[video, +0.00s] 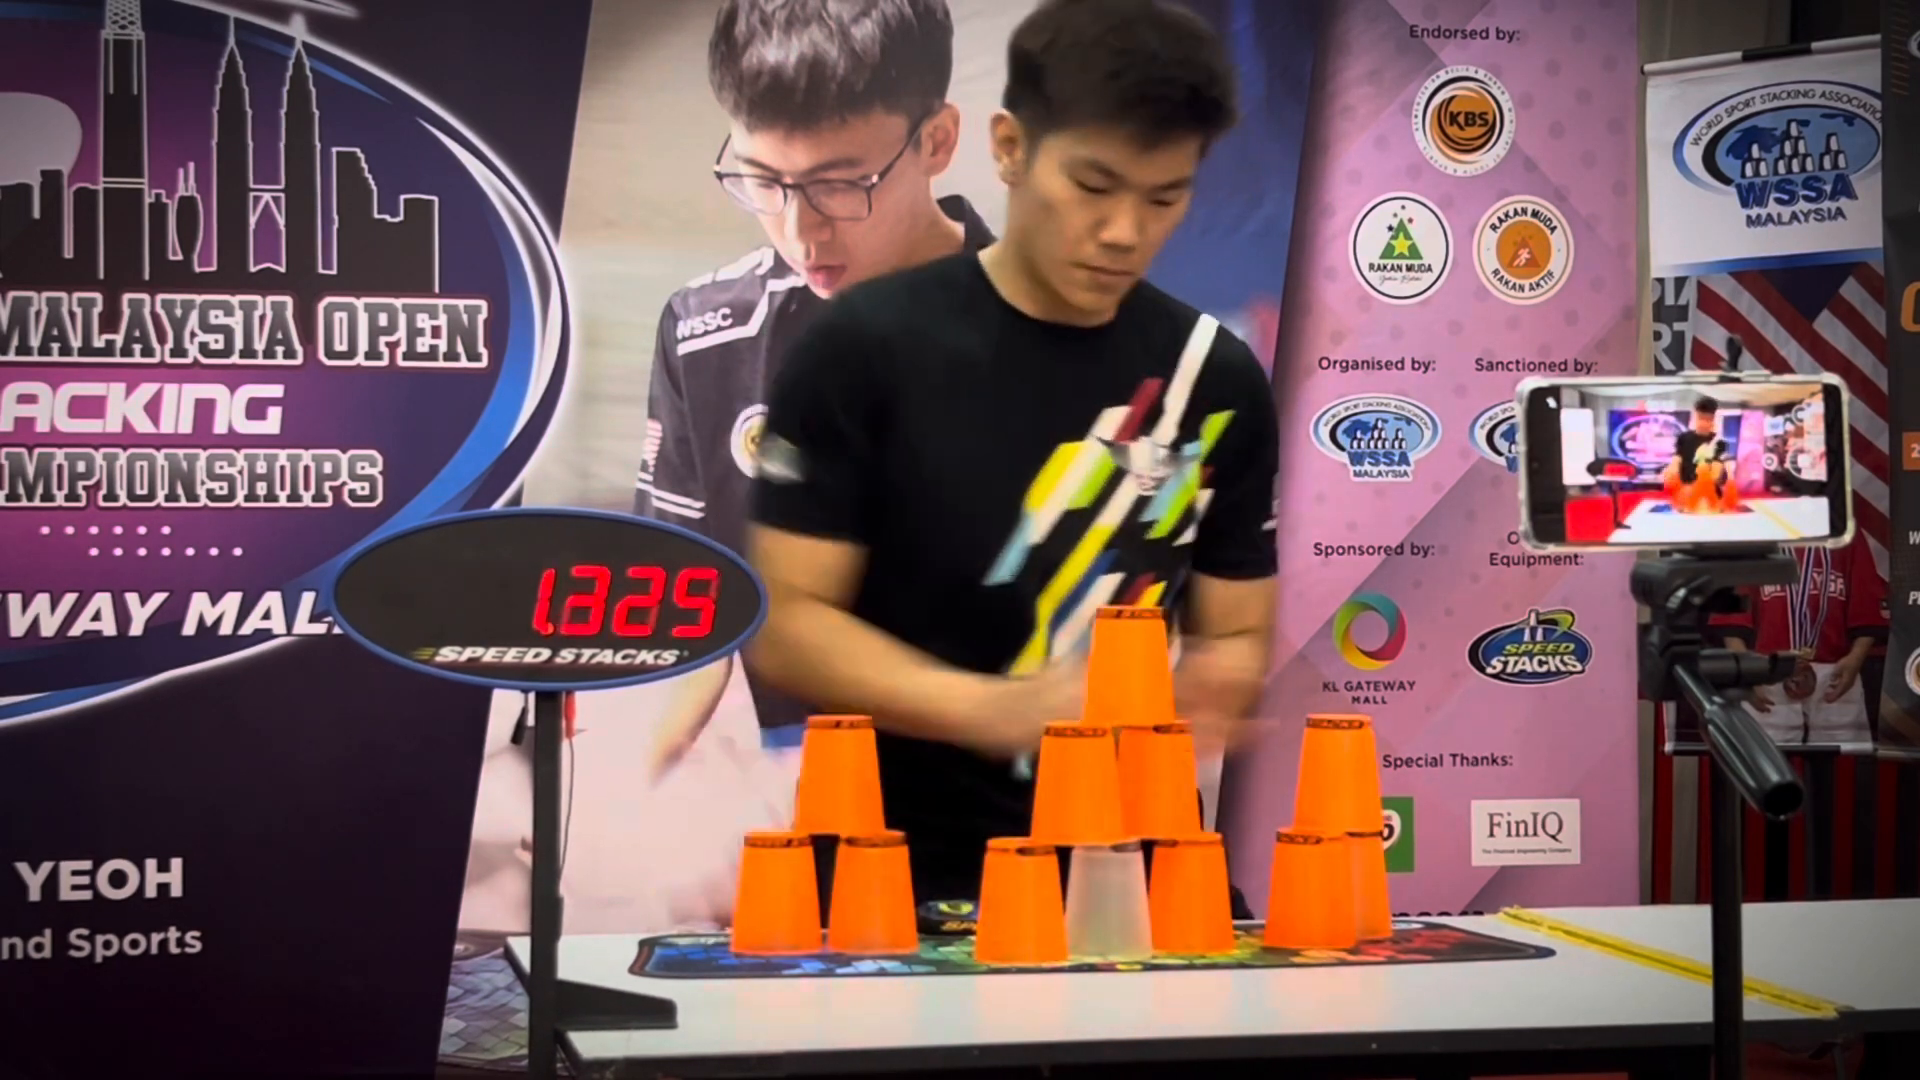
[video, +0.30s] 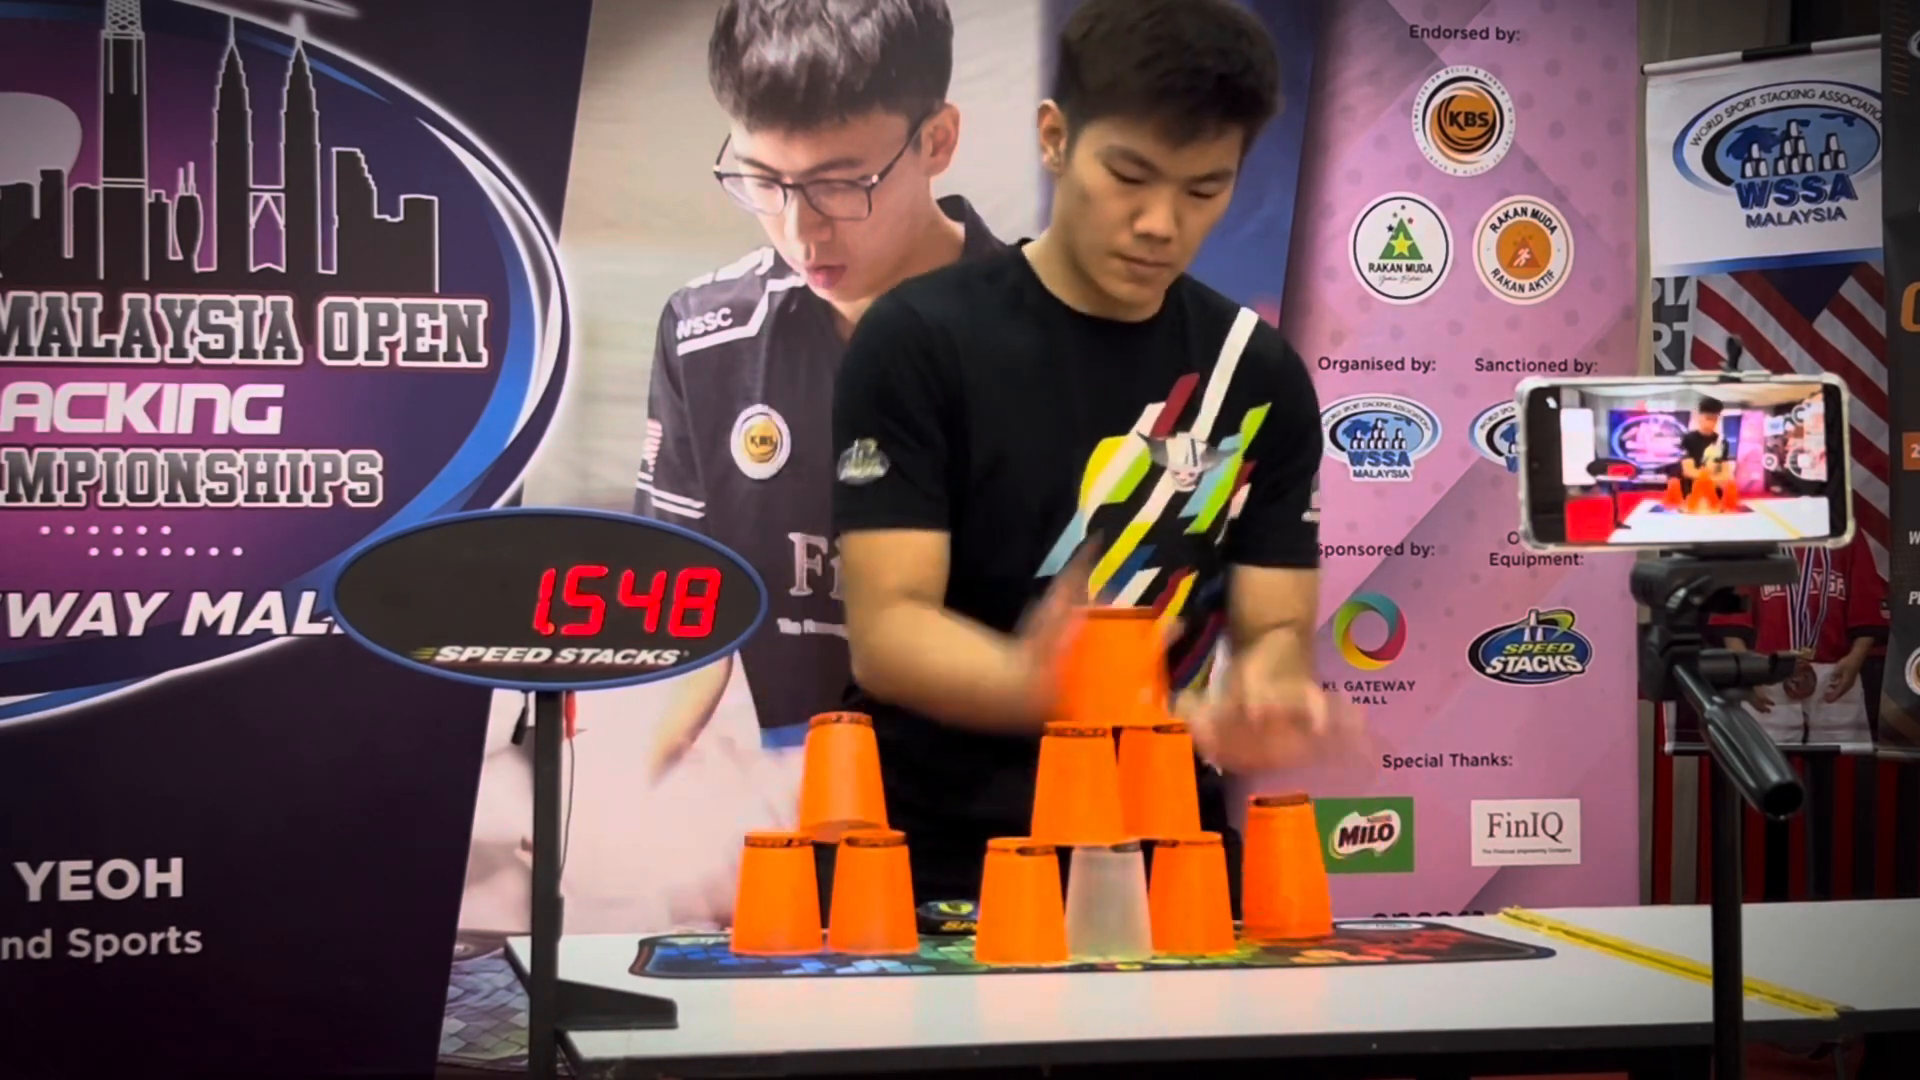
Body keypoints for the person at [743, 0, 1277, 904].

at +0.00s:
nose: (1124, 233)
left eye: (1163, 198)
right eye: (1093, 183)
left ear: (1194, 181)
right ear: (1008, 149)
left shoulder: (1218, 383)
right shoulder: (859, 347)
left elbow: (1236, 644)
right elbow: (784, 626)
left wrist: (1147, 710)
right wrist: (994, 709)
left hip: (1121, 887)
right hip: (895, 879)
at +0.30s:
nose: (1160, 225)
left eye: (1203, 189)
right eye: (1127, 174)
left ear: (1236, 176)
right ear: (1053, 139)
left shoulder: (1261, 375)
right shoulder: (918, 338)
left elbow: (1277, 627)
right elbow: (887, 630)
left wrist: (1263, 698)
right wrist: (1038, 686)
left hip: (1168, 877)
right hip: (946, 872)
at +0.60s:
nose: (1073, 209)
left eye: (1120, 174)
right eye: (1043, 158)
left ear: (1174, 158)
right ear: (988, 120)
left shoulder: (1222, 366)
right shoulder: (846, 334)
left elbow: (1242, 645)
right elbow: (784, 612)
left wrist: (1169, 797)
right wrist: (927, 734)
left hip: (1113, 882)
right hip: (882, 871)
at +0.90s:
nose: (951, 254)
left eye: (990, 210)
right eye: (912, 212)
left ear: (1041, 181)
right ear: (856, 188)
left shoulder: (1163, 361)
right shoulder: (787, 427)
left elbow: (1239, 620)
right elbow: (780, 726)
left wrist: (1133, 859)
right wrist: (810, 948)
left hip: (1130, 905)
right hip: (904, 916)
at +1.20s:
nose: (1058, 360)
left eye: (1084, 325)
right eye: (1027, 328)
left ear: (1109, 290)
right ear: (923, 265)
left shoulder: (1152, 366)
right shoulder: (800, 460)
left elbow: (1211, 632)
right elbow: (871, 764)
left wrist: (1199, 898)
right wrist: (1069, 924)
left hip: (1126, 891)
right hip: (920, 915)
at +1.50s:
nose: (1235, 322)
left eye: (1258, 294)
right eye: (1239, 281)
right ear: (1153, 206)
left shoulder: (1174, 359)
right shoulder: (909, 374)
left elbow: (1171, 625)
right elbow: (812, 685)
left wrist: (1187, 869)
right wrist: (873, 941)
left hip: (1073, 903)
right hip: (911, 917)